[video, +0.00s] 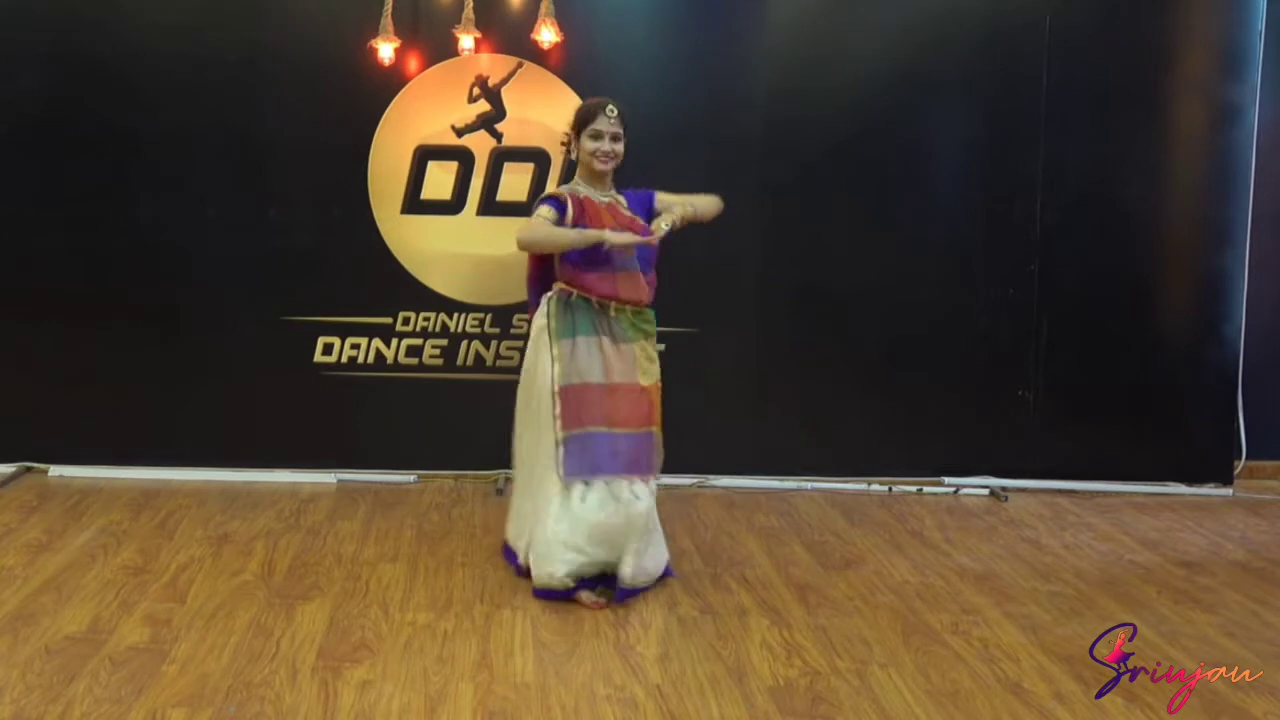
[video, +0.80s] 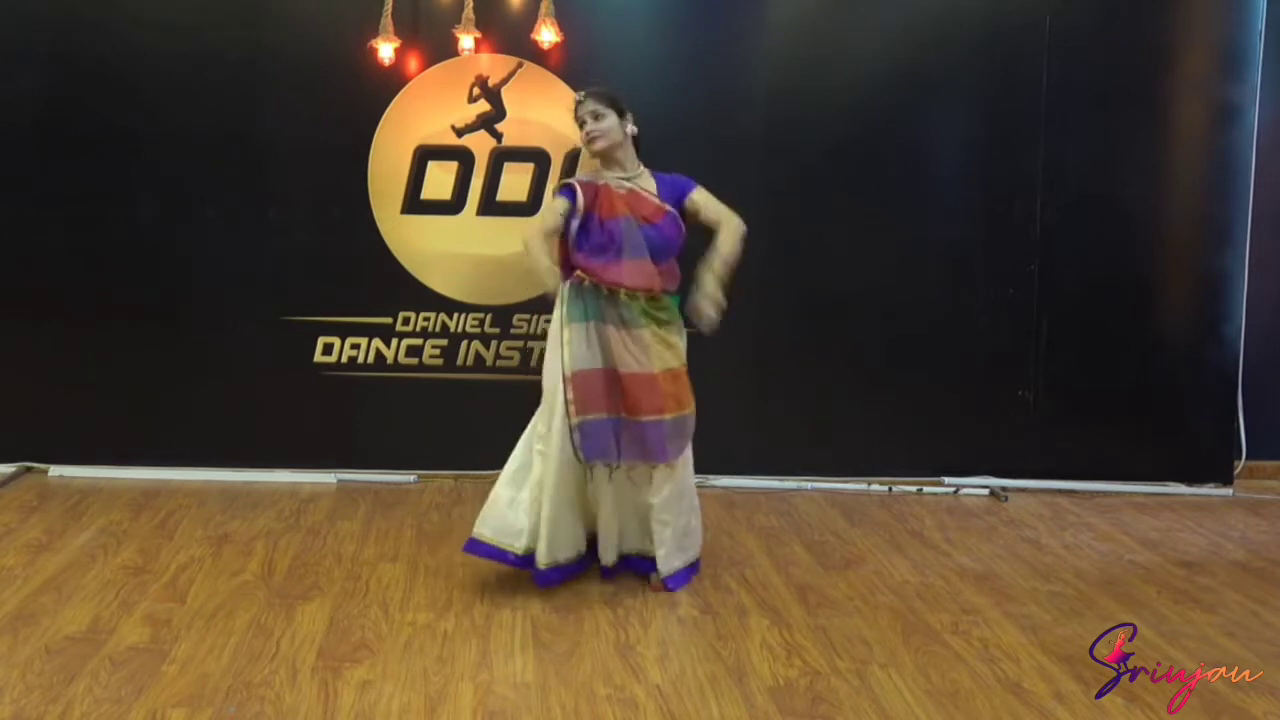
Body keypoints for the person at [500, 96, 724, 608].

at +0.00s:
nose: (607, 146)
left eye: (615, 138)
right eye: (596, 137)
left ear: (624, 145)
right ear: (576, 142)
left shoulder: (638, 201)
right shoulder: (563, 201)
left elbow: (714, 204)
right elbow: (528, 236)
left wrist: (680, 211)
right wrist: (601, 235)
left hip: (629, 339)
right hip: (571, 338)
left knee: (627, 445)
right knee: (575, 447)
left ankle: (618, 561)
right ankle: (569, 566)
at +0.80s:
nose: (589, 129)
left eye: (598, 119)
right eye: (583, 124)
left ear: (628, 124)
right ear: (581, 138)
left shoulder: (669, 186)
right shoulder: (578, 191)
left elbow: (731, 225)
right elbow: (537, 233)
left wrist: (708, 283)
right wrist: (557, 279)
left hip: (653, 326)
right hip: (589, 325)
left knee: (656, 435)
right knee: (581, 433)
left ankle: (655, 548)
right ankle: (576, 546)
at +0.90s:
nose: (588, 117)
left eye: (597, 108)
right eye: (582, 112)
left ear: (626, 115)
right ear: (580, 124)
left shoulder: (659, 177)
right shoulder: (578, 176)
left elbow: (711, 184)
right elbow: (533, 173)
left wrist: (661, 185)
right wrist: (498, 153)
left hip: (645, 318)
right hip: (580, 315)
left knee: (654, 428)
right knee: (561, 424)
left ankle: (665, 543)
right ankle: (541, 539)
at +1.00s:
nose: (579, 106)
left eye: (588, 95)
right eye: (574, 100)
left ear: (619, 106)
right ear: (574, 115)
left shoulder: (650, 165)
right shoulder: (568, 159)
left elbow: (689, 143)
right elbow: (512, 122)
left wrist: (633, 131)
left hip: (635, 307)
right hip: (568, 305)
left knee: (649, 432)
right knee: (539, 423)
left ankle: (656, 554)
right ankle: (508, 543)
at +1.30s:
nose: (547, 125)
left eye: (558, 118)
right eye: (544, 118)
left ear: (585, 133)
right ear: (538, 130)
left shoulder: (603, 201)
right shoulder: (523, 172)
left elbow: (679, 198)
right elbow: (467, 166)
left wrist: (644, 197)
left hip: (560, 321)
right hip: (503, 308)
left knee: (560, 432)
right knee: (503, 428)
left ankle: (556, 555)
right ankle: (498, 550)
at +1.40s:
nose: (550, 143)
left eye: (563, 137)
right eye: (545, 134)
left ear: (584, 153)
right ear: (534, 144)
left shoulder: (588, 222)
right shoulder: (519, 192)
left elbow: (634, 234)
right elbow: (466, 194)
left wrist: (658, 240)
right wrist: (473, 189)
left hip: (541, 338)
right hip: (487, 323)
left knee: (540, 444)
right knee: (486, 443)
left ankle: (494, 555)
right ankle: (469, 560)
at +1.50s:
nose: (573, 177)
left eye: (582, 172)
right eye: (565, 164)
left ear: (587, 183)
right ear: (540, 164)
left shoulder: (566, 249)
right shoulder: (509, 211)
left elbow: (625, 284)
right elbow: (476, 247)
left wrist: (678, 312)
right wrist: (537, 280)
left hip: (522, 354)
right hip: (471, 340)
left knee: (526, 459)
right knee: (493, 458)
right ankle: (444, 569)